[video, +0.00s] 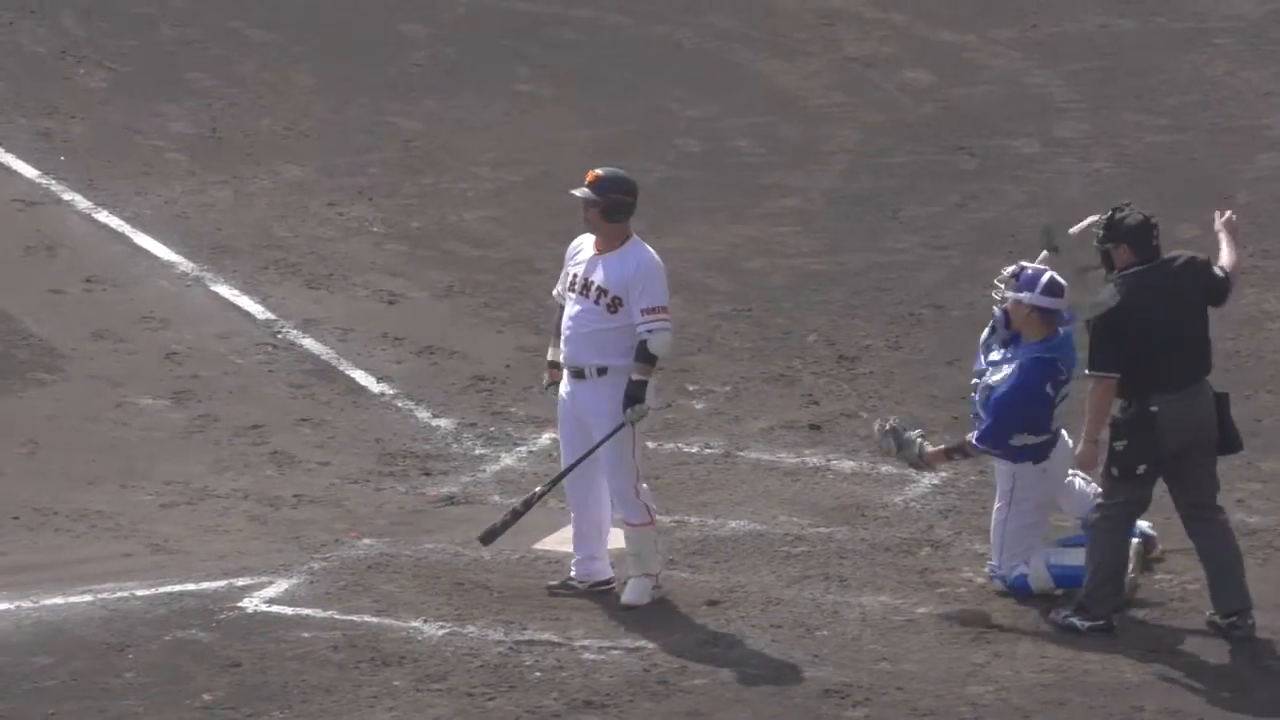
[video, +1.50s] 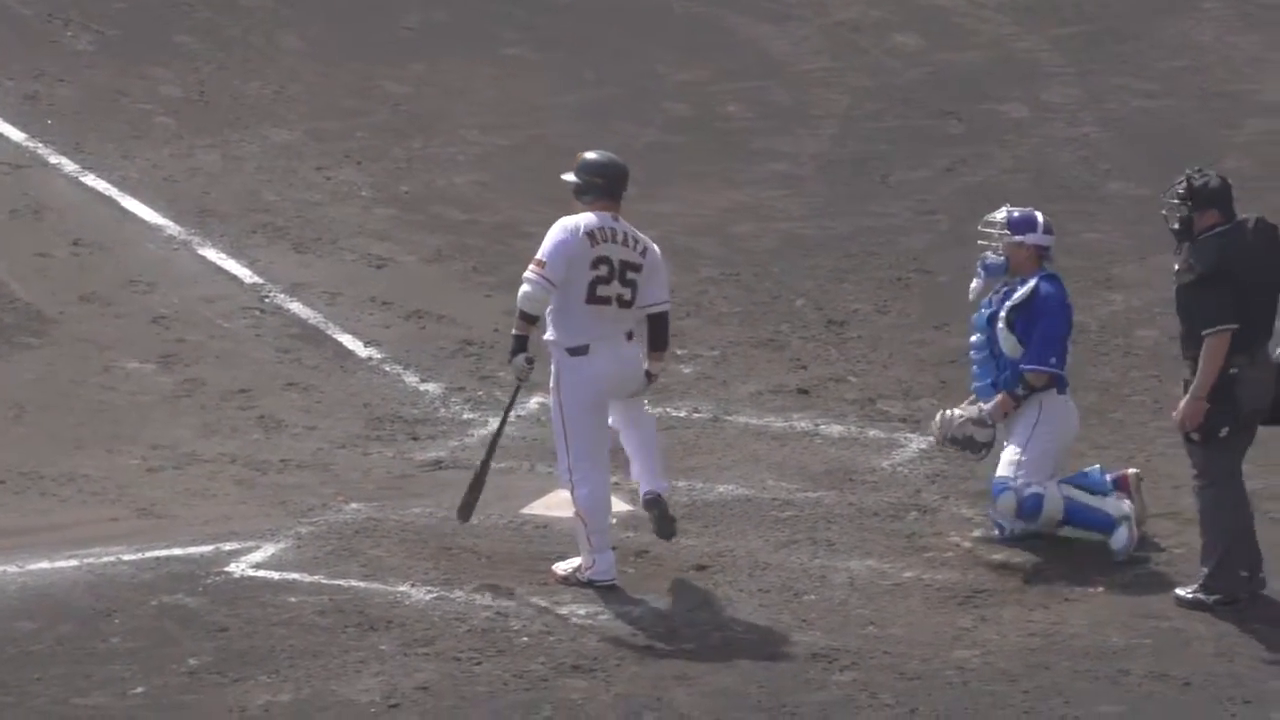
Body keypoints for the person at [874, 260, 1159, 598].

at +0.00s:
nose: (1003, 306)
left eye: (1010, 301)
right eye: (1006, 299)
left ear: (1028, 310)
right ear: (1036, 308)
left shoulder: (1028, 376)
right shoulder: (1047, 334)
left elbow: (991, 436)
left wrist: (940, 454)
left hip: (1027, 467)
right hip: (1050, 443)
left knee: (1010, 572)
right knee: (1071, 490)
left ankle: (1114, 559)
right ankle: (1130, 533)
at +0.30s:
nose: (990, 299)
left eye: (998, 293)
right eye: (993, 291)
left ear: (1017, 303)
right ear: (1018, 302)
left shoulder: (1051, 358)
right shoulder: (995, 322)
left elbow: (1036, 430)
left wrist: (988, 409)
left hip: (1044, 460)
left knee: (1017, 562)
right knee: (1070, 486)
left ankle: (1134, 542)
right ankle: (1141, 521)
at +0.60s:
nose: (980, 286)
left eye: (986, 280)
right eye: (981, 279)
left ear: (1004, 288)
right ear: (1007, 288)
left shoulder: (1035, 343)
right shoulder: (1010, 320)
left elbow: (1023, 423)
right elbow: (990, 385)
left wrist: (985, 469)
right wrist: (953, 427)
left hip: (1048, 450)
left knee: (1020, 553)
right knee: (1060, 482)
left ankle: (1135, 529)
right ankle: (1141, 509)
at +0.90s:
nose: (986, 274)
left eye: (992, 268)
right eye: (988, 267)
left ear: (1011, 276)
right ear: (1019, 274)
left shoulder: (1026, 332)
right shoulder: (1044, 301)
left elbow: (1036, 408)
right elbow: (1075, 356)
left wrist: (1044, 467)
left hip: (1044, 442)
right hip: (1062, 426)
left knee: (1027, 546)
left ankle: (1136, 526)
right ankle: (1141, 506)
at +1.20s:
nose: (999, 258)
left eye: (1005, 252)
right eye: (1002, 251)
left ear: (1023, 260)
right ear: (1030, 259)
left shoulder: (1035, 306)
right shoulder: (1045, 294)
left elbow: (1040, 378)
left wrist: (1033, 440)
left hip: (1047, 422)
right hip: (1060, 416)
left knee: (1024, 530)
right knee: (1044, 509)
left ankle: (1127, 523)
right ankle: (1132, 498)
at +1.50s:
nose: (1000, 249)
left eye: (1008, 243)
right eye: (1001, 242)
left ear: (1030, 249)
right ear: (1026, 249)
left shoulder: (1045, 292)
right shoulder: (1013, 291)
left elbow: (1041, 371)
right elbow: (1003, 370)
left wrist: (992, 410)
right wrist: (974, 408)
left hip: (1045, 407)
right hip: (1024, 408)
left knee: (1012, 497)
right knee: (1010, 520)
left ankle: (1115, 516)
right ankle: (1107, 484)